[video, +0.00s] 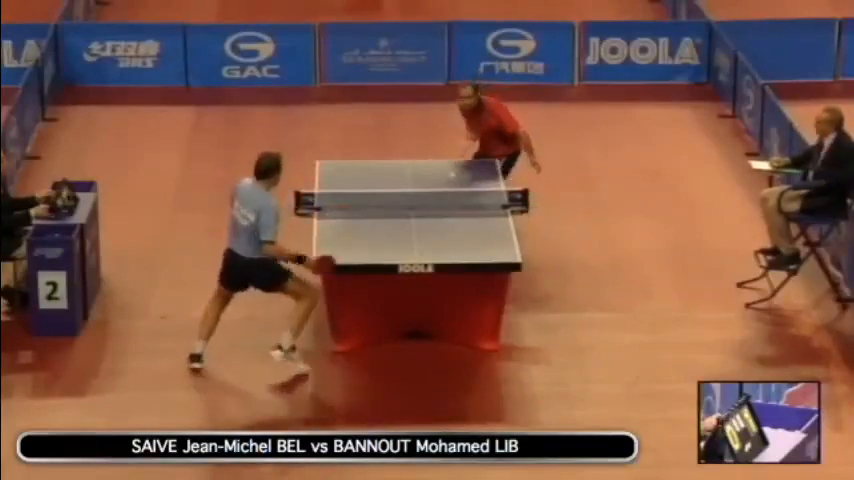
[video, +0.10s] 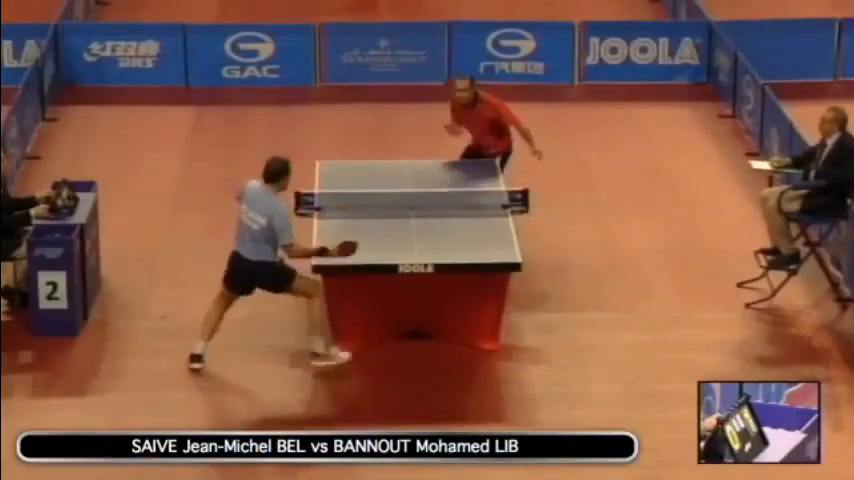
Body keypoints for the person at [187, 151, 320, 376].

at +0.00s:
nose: (281, 176)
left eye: (279, 172)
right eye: (280, 173)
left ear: (257, 171)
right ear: (276, 176)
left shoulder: (242, 186)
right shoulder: (268, 203)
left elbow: (234, 205)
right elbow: (268, 247)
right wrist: (301, 259)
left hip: (232, 259)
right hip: (258, 265)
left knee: (219, 300)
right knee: (309, 295)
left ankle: (198, 350)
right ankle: (286, 346)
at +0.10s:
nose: (289, 180)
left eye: (288, 176)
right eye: (288, 177)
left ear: (266, 175)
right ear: (284, 180)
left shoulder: (251, 187)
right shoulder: (278, 209)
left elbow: (239, 197)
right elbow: (291, 251)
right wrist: (319, 251)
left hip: (239, 263)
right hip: (266, 268)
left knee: (222, 301)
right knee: (315, 288)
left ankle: (198, 350)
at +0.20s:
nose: (318, 185)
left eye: (316, 179)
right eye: (317, 181)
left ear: (294, 177)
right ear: (314, 184)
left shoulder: (275, 189)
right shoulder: (309, 212)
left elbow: (252, 177)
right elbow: (330, 245)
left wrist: (244, 159)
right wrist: (363, 239)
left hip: (258, 265)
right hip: (287, 271)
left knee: (231, 305)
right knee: (333, 301)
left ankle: (200, 350)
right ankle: (366, 343)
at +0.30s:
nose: (344, 190)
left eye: (342, 185)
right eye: (344, 186)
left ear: (321, 181)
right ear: (340, 188)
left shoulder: (296, 191)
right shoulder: (338, 215)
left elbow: (261, 182)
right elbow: (353, 243)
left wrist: (243, 165)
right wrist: (380, 231)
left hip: (277, 266)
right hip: (307, 273)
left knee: (242, 309)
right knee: (349, 302)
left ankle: (204, 350)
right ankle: (377, 349)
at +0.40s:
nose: (374, 201)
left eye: (372, 197)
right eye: (374, 198)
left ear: (351, 192)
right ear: (370, 200)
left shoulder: (331, 202)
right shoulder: (367, 222)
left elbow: (298, 208)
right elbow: (381, 232)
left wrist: (272, 200)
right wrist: (397, 220)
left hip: (301, 266)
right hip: (329, 273)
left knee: (264, 311)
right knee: (371, 295)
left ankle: (223, 351)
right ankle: (381, 349)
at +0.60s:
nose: (380, 205)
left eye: (375, 200)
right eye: (380, 202)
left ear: (358, 198)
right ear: (379, 204)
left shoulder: (342, 209)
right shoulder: (379, 226)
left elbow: (321, 213)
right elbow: (402, 241)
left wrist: (289, 215)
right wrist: (409, 227)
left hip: (320, 270)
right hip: (351, 274)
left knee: (283, 313)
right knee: (385, 294)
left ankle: (248, 362)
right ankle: (384, 348)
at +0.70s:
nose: (373, 196)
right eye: (373, 194)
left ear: (351, 191)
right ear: (372, 196)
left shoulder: (334, 205)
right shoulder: (375, 220)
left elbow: (303, 210)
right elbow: (394, 247)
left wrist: (276, 204)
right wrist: (407, 231)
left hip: (321, 271)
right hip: (352, 274)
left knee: (282, 313)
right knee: (383, 293)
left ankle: (262, 365)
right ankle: (384, 349)